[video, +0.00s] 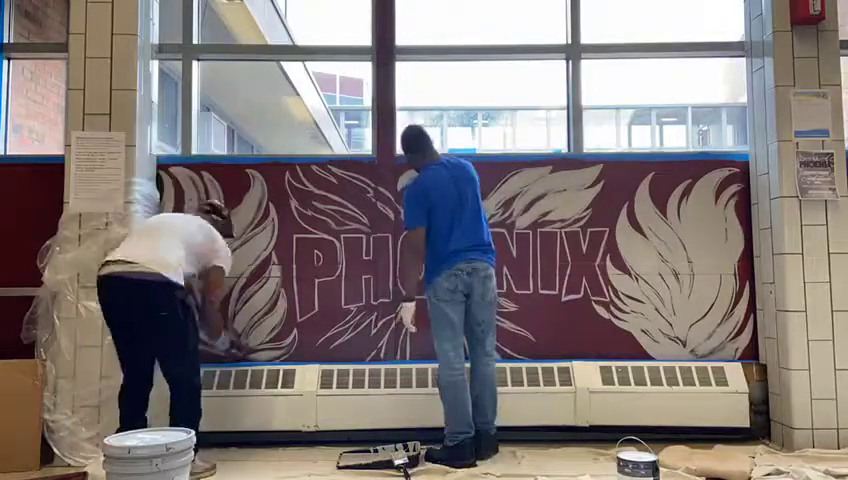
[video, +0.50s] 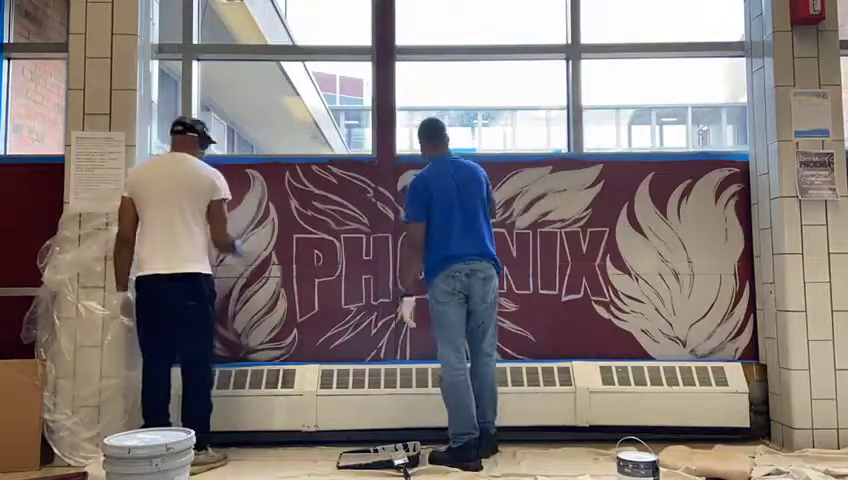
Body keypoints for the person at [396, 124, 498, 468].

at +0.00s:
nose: (409, 161)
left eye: (408, 157)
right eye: (411, 155)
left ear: (409, 156)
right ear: (434, 145)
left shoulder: (416, 187)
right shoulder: (466, 168)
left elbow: (415, 242)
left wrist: (408, 297)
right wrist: (419, 175)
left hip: (446, 271)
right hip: (483, 266)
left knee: (451, 357)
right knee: (484, 352)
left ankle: (460, 443)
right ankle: (486, 437)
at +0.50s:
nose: (422, 149)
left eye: (420, 144)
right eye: (430, 140)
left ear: (422, 144)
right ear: (448, 140)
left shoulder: (421, 181)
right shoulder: (476, 171)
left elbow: (415, 239)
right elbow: (490, 212)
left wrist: (407, 293)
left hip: (445, 270)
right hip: (484, 266)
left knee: (452, 357)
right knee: (485, 354)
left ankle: (464, 445)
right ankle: (486, 437)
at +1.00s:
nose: (430, 145)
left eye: (426, 140)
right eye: (439, 136)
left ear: (425, 141)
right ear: (451, 137)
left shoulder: (422, 177)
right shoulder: (477, 169)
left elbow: (417, 229)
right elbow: (505, 206)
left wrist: (410, 277)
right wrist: (478, 207)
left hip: (443, 270)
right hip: (480, 269)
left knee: (445, 358)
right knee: (476, 355)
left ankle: (449, 449)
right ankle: (474, 440)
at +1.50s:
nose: (488, 149)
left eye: (484, 144)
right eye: (497, 145)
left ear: (479, 144)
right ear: (505, 148)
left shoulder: (461, 166)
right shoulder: (517, 181)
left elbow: (442, 214)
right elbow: (518, 232)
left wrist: (439, 237)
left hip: (466, 265)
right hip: (505, 268)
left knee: (450, 345)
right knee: (499, 351)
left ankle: (448, 443)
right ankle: (499, 445)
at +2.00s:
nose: (497, 152)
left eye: (490, 144)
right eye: (505, 148)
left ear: (483, 144)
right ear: (512, 149)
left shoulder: (458, 175)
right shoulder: (520, 182)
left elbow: (440, 222)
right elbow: (519, 228)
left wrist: (457, 199)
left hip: (467, 272)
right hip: (507, 271)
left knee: (479, 355)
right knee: (532, 353)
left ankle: (492, 443)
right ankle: (552, 437)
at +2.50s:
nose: (478, 131)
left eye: (476, 124)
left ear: (477, 125)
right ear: (508, 123)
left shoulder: (465, 159)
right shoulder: (535, 161)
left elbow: (447, 216)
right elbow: (558, 220)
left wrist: (446, 266)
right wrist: (543, 241)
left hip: (475, 267)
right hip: (522, 266)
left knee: (449, 363)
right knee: (526, 369)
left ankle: (431, 459)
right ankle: (531, 466)